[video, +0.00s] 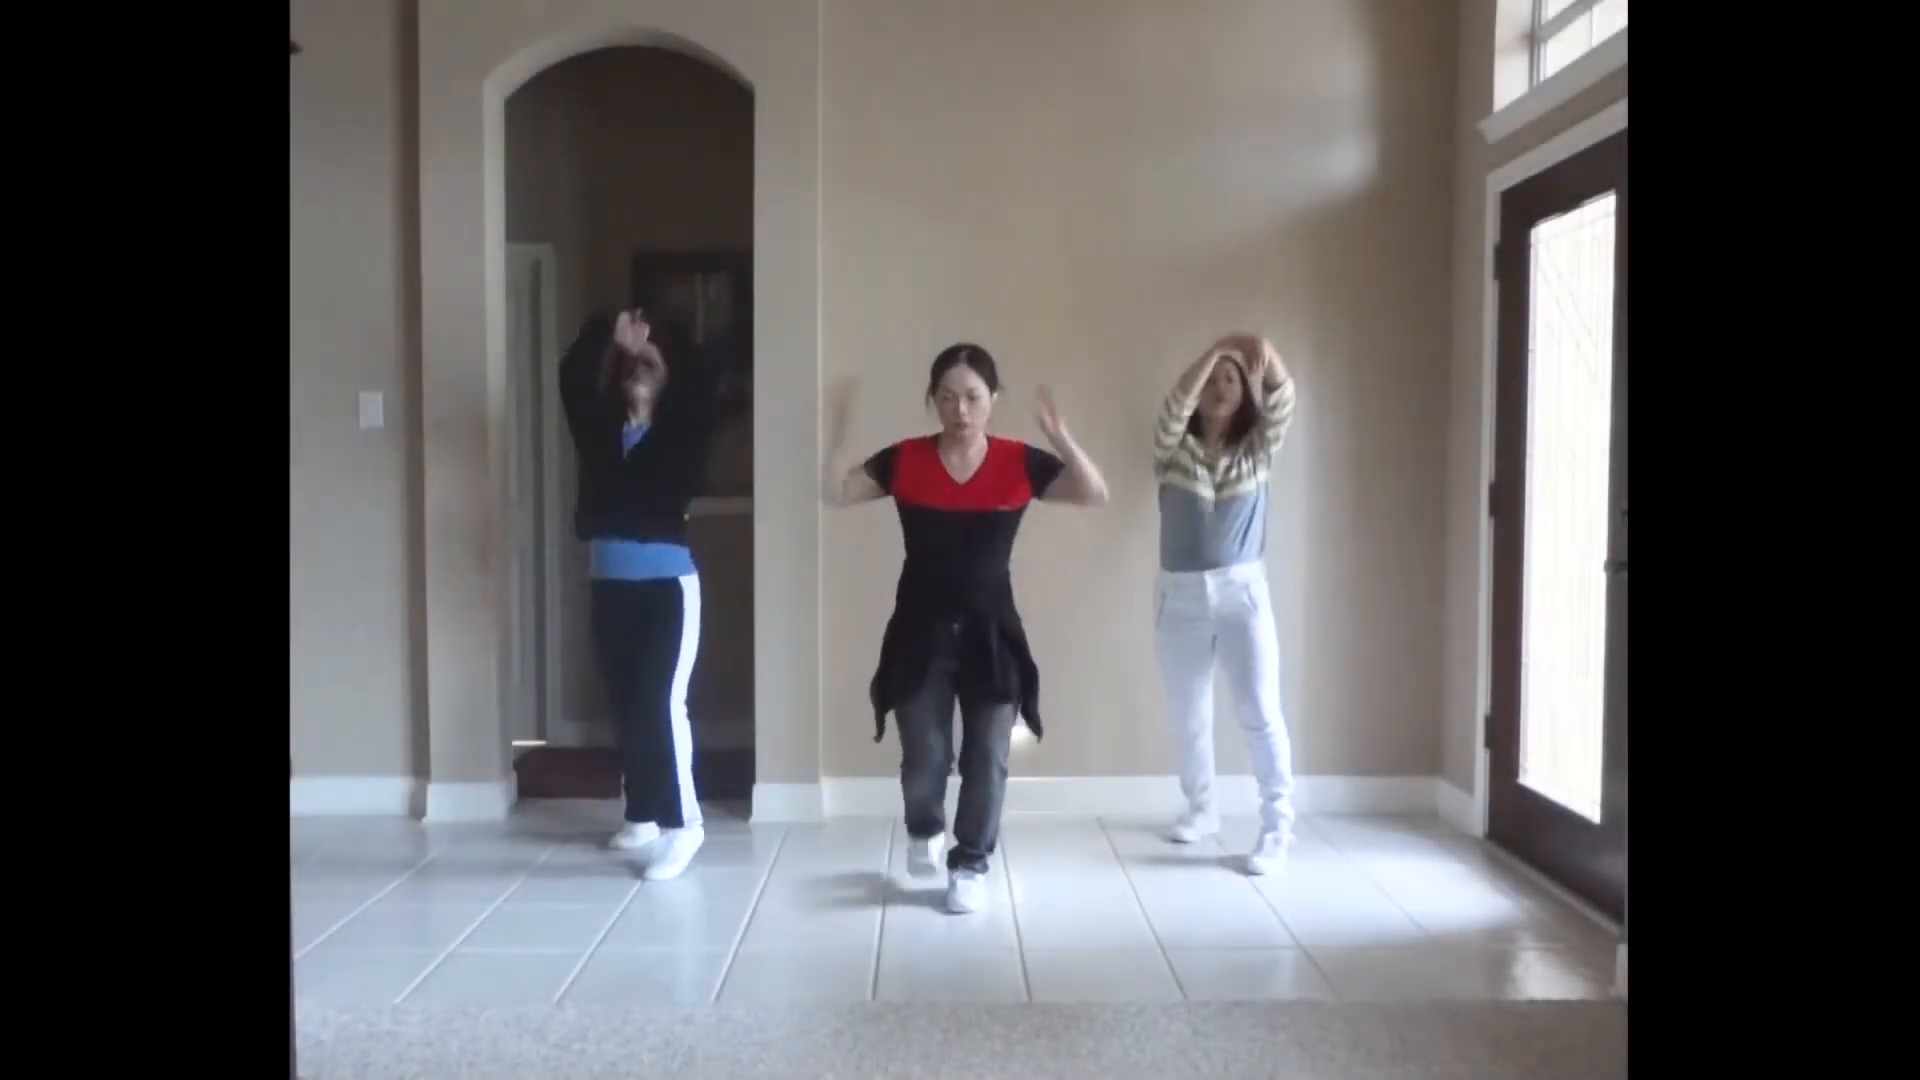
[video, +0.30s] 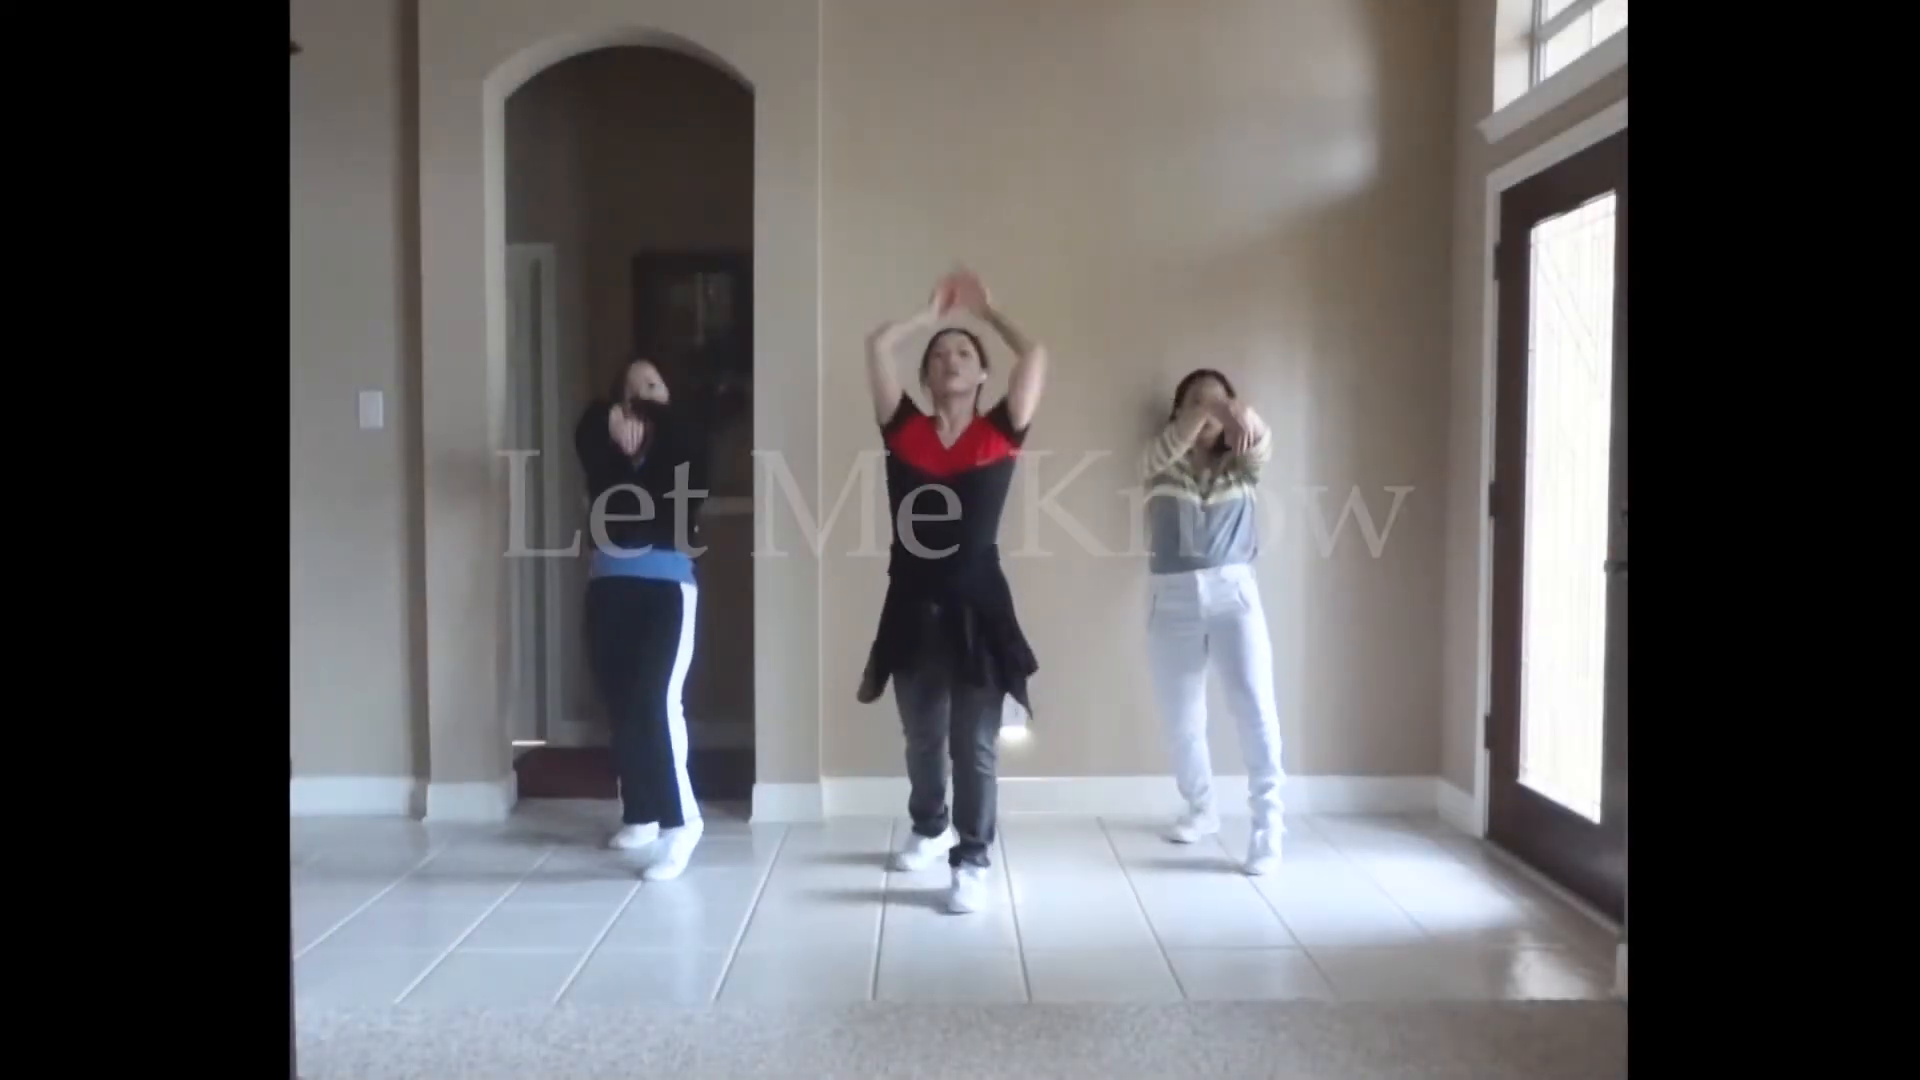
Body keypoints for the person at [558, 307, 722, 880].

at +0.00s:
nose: (636, 378)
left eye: (648, 369)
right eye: (628, 370)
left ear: (665, 379)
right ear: (616, 380)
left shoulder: (683, 427)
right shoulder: (597, 429)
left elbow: (706, 369)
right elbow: (573, 377)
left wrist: (657, 346)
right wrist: (609, 335)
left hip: (668, 582)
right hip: (613, 582)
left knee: (663, 702)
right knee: (628, 704)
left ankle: (685, 823)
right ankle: (643, 817)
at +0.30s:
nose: (644, 393)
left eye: (653, 386)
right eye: (634, 386)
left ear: (670, 396)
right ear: (620, 395)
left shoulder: (683, 434)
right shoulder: (602, 432)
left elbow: (685, 432)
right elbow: (587, 431)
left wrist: (649, 418)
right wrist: (610, 411)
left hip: (667, 585)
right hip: (611, 584)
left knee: (656, 701)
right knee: (623, 702)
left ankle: (683, 819)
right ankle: (641, 817)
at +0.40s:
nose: (643, 403)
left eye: (652, 394)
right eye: (634, 396)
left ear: (669, 398)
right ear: (622, 402)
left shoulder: (687, 443)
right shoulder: (600, 443)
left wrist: (642, 471)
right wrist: (614, 462)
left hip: (666, 586)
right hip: (611, 585)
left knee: (656, 698)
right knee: (622, 700)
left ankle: (682, 819)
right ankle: (640, 819)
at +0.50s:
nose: (643, 409)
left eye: (652, 400)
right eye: (634, 402)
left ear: (670, 403)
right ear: (623, 408)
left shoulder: (689, 454)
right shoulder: (605, 453)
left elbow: (687, 524)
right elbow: (594, 468)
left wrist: (643, 494)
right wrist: (615, 482)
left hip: (667, 590)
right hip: (611, 588)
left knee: (655, 699)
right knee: (618, 702)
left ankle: (681, 818)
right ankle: (640, 819)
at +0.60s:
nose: (645, 413)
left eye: (654, 404)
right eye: (636, 406)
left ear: (671, 406)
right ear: (625, 412)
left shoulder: (690, 456)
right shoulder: (607, 457)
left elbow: (692, 528)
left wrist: (647, 502)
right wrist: (614, 497)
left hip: (667, 590)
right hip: (611, 588)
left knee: (655, 697)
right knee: (616, 698)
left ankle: (681, 818)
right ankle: (640, 820)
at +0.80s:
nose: (647, 420)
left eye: (656, 409)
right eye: (638, 412)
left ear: (675, 411)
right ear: (628, 417)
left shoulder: (693, 462)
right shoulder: (608, 465)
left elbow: (694, 534)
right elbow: (594, 521)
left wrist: (649, 518)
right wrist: (614, 523)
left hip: (668, 592)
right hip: (613, 590)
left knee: (652, 697)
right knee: (612, 699)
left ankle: (679, 817)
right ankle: (642, 819)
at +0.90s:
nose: (648, 423)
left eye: (657, 413)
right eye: (639, 415)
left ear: (675, 414)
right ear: (629, 419)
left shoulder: (692, 464)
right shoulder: (609, 466)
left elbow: (695, 535)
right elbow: (594, 523)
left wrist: (649, 531)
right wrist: (613, 532)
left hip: (669, 592)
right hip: (613, 590)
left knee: (652, 697)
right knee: (612, 698)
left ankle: (679, 817)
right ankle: (642, 820)